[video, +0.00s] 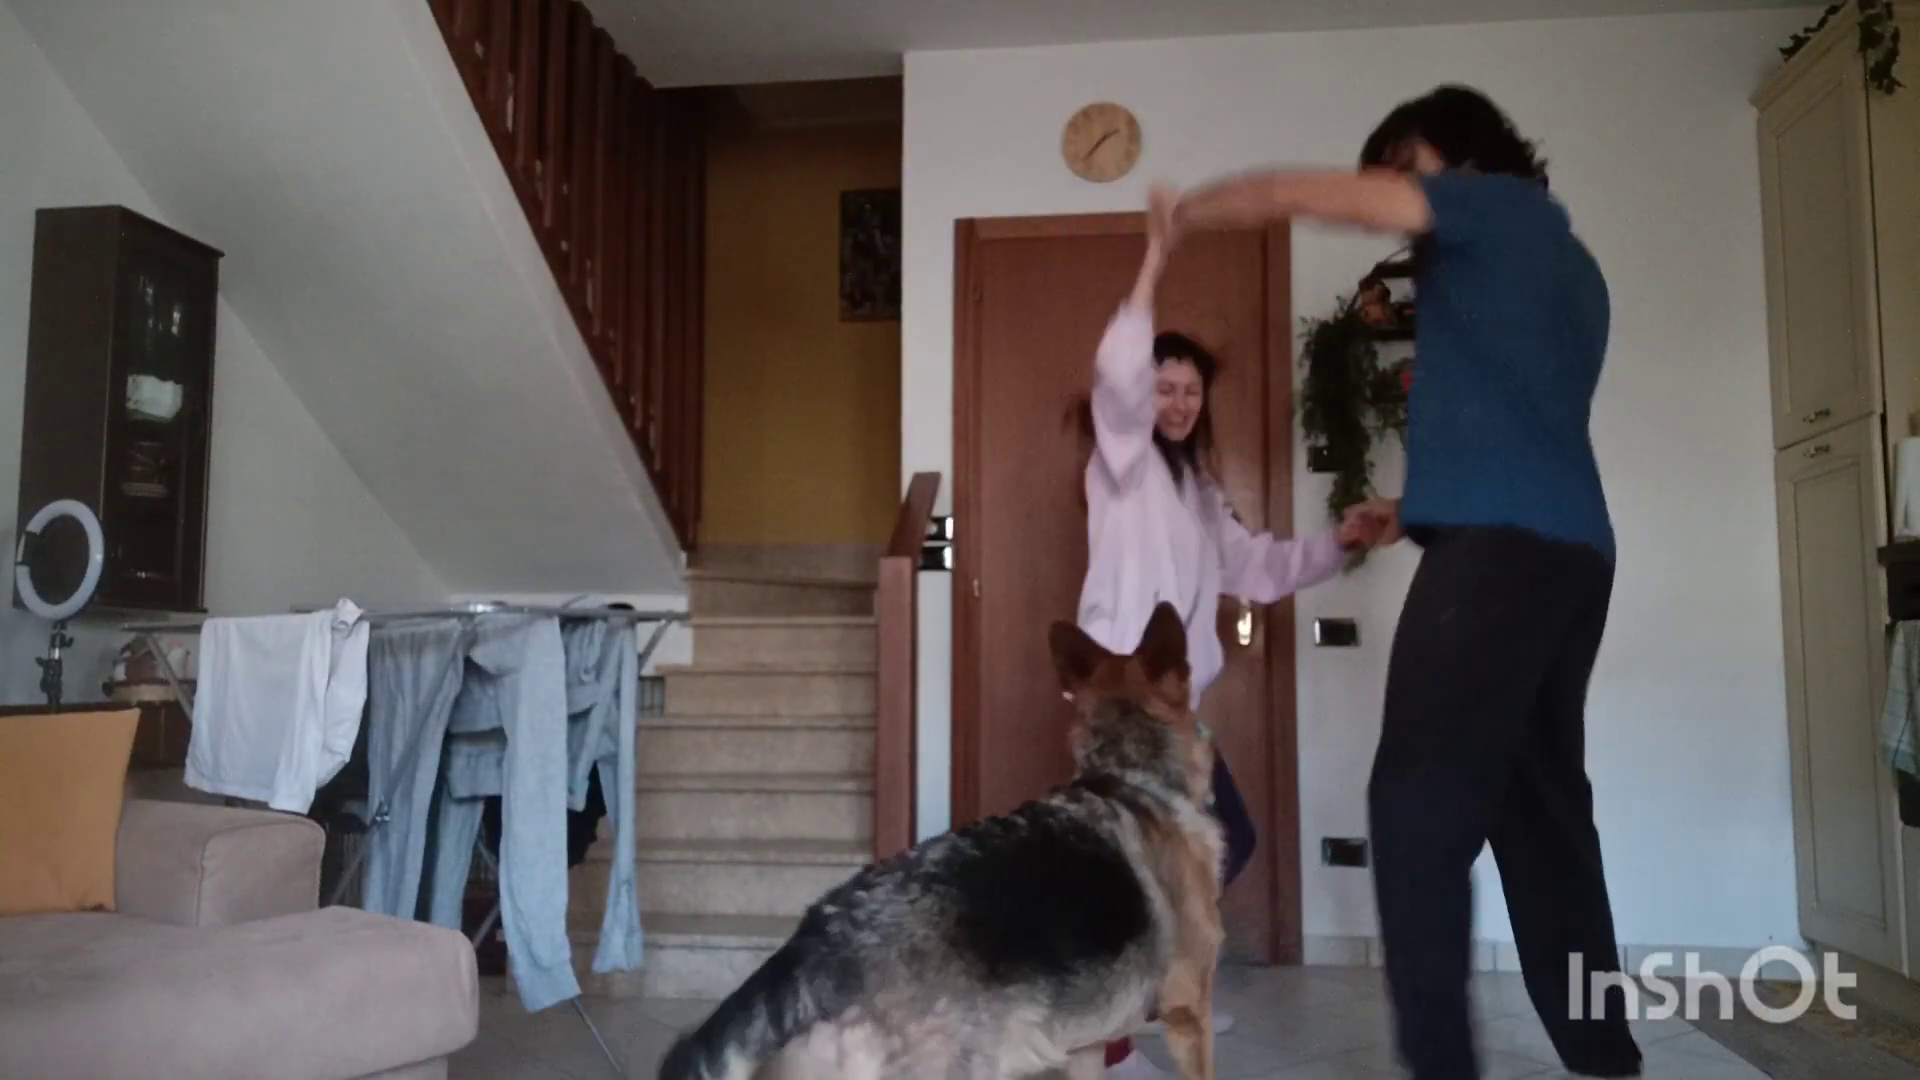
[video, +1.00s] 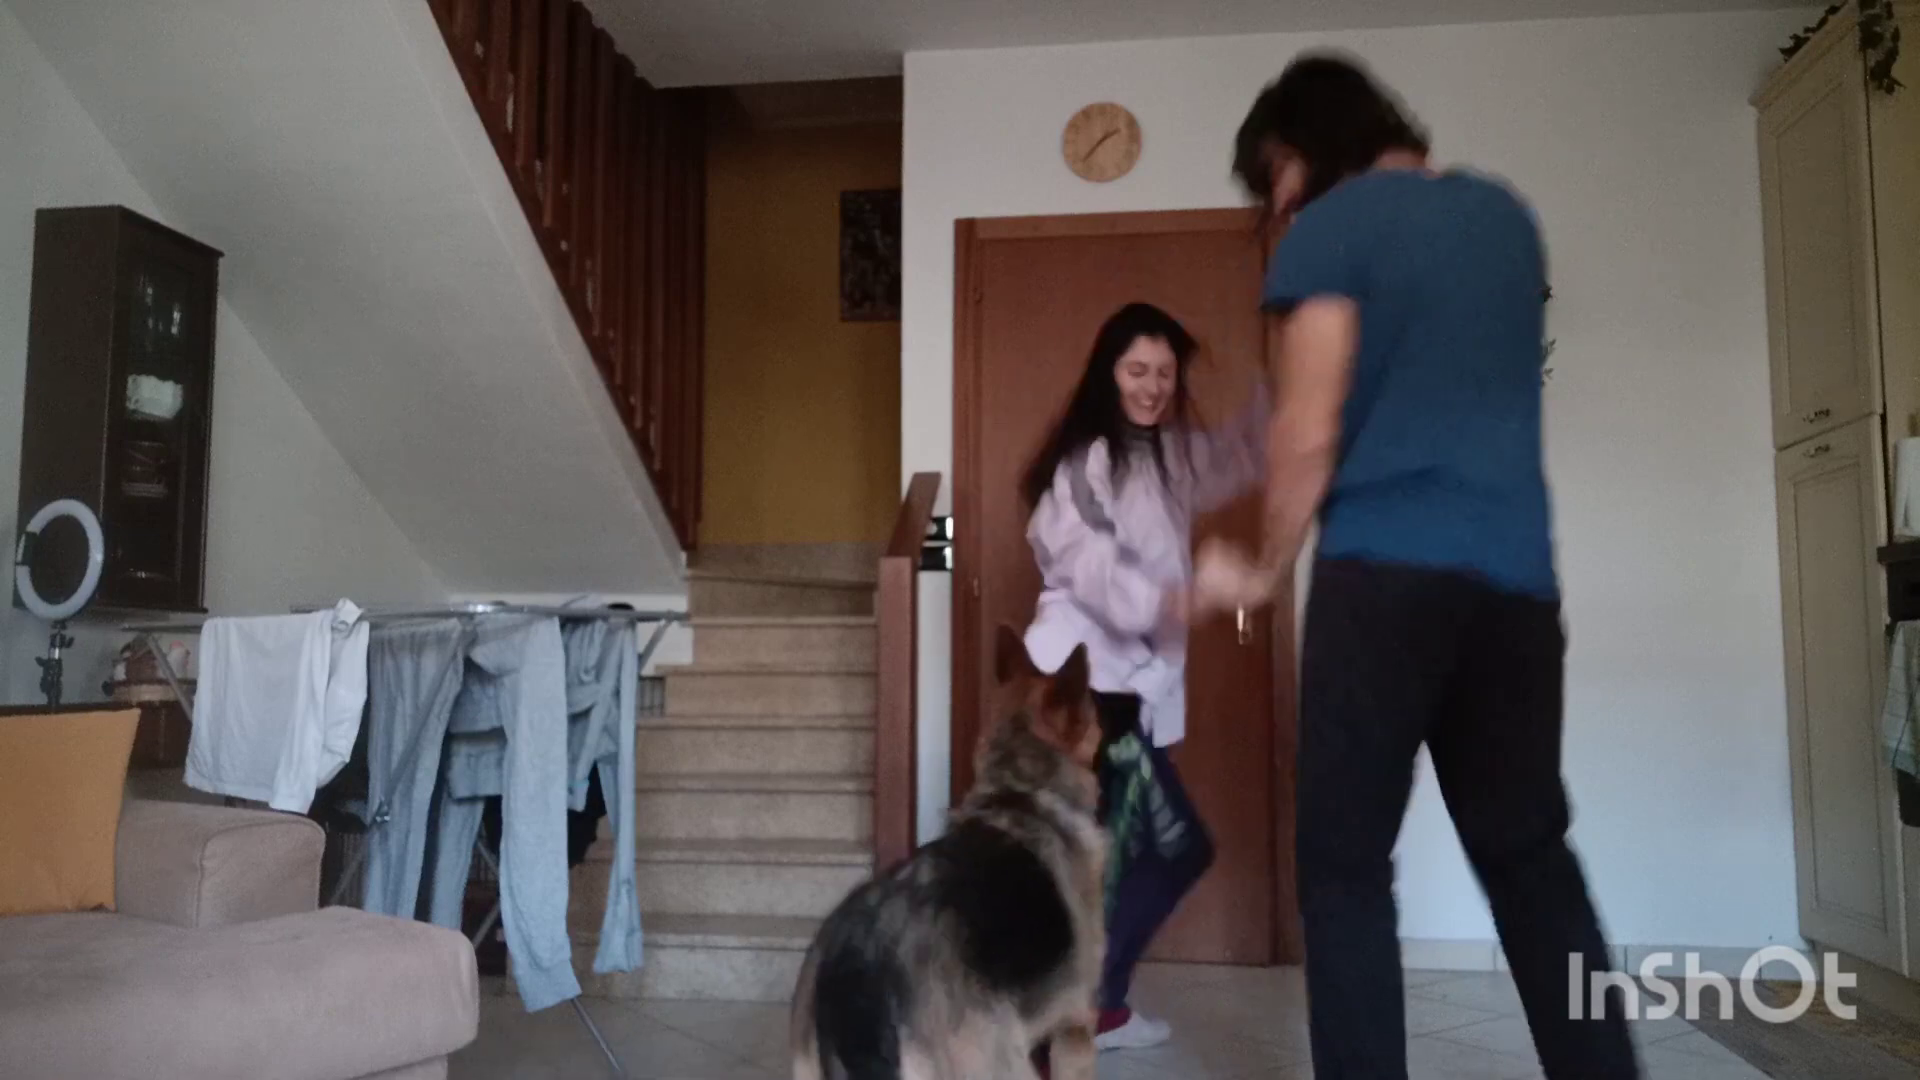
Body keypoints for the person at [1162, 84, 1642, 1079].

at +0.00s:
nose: (1397, 204)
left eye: (1399, 184)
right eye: (1391, 190)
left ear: (1435, 152)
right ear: (1493, 152)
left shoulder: (1486, 206)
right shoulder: (1575, 266)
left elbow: (1294, 194)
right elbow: (1528, 419)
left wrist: (1186, 209)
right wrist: (1408, 511)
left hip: (1493, 547)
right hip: (1569, 558)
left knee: (1416, 810)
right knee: (1539, 805)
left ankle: (1441, 1062)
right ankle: (1605, 1055)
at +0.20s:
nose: (1376, 235)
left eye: (1375, 220)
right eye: (1370, 224)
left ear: (1398, 191)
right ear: (1478, 185)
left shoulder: (1425, 244)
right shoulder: (1569, 282)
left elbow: (1245, 303)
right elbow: (1538, 419)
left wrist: (1151, 340)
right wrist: (1388, 443)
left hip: (1444, 586)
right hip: (1552, 601)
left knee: (1370, 841)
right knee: (1541, 851)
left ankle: (1409, 1067)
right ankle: (1596, 1067)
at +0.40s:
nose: (1329, 224)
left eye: (1330, 210)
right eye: (1328, 213)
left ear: (1354, 193)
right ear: (1455, 187)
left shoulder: (1345, 245)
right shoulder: (1536, 263)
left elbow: (1201, 388)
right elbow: (1538, 361)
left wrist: (1116, 485)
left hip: (1374, 601)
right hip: (1508, 610)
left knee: (1355, 873)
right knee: (1521, 846)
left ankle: (1368, 1070)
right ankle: (1578, 1070)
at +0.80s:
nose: (1264, 215)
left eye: (1260, 193)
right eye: (1256, 197)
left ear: (1285, 164)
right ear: (1377, 144)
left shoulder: (1284, 239)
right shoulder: (1491, 221)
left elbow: (1246, 434)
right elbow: (1526, 306)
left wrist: (1211, 569)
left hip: (1352, 585)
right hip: (1493, 586)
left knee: (1343, 866)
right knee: (1514, 840)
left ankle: (1369, 1068)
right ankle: (1574, 1067)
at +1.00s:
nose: (1276, 211)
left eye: (1274, 183)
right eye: (1267, 190)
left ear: (1310, 151)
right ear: (1390, 137)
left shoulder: (1327, 228)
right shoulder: (1505, 215)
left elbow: (1309, 432)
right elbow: (1501, 394)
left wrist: (1267, 562)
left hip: (1382, 588)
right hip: (1516, 594)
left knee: (1343, 867)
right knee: (1528, 853)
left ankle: (1362, 1068)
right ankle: (1603, 1066)